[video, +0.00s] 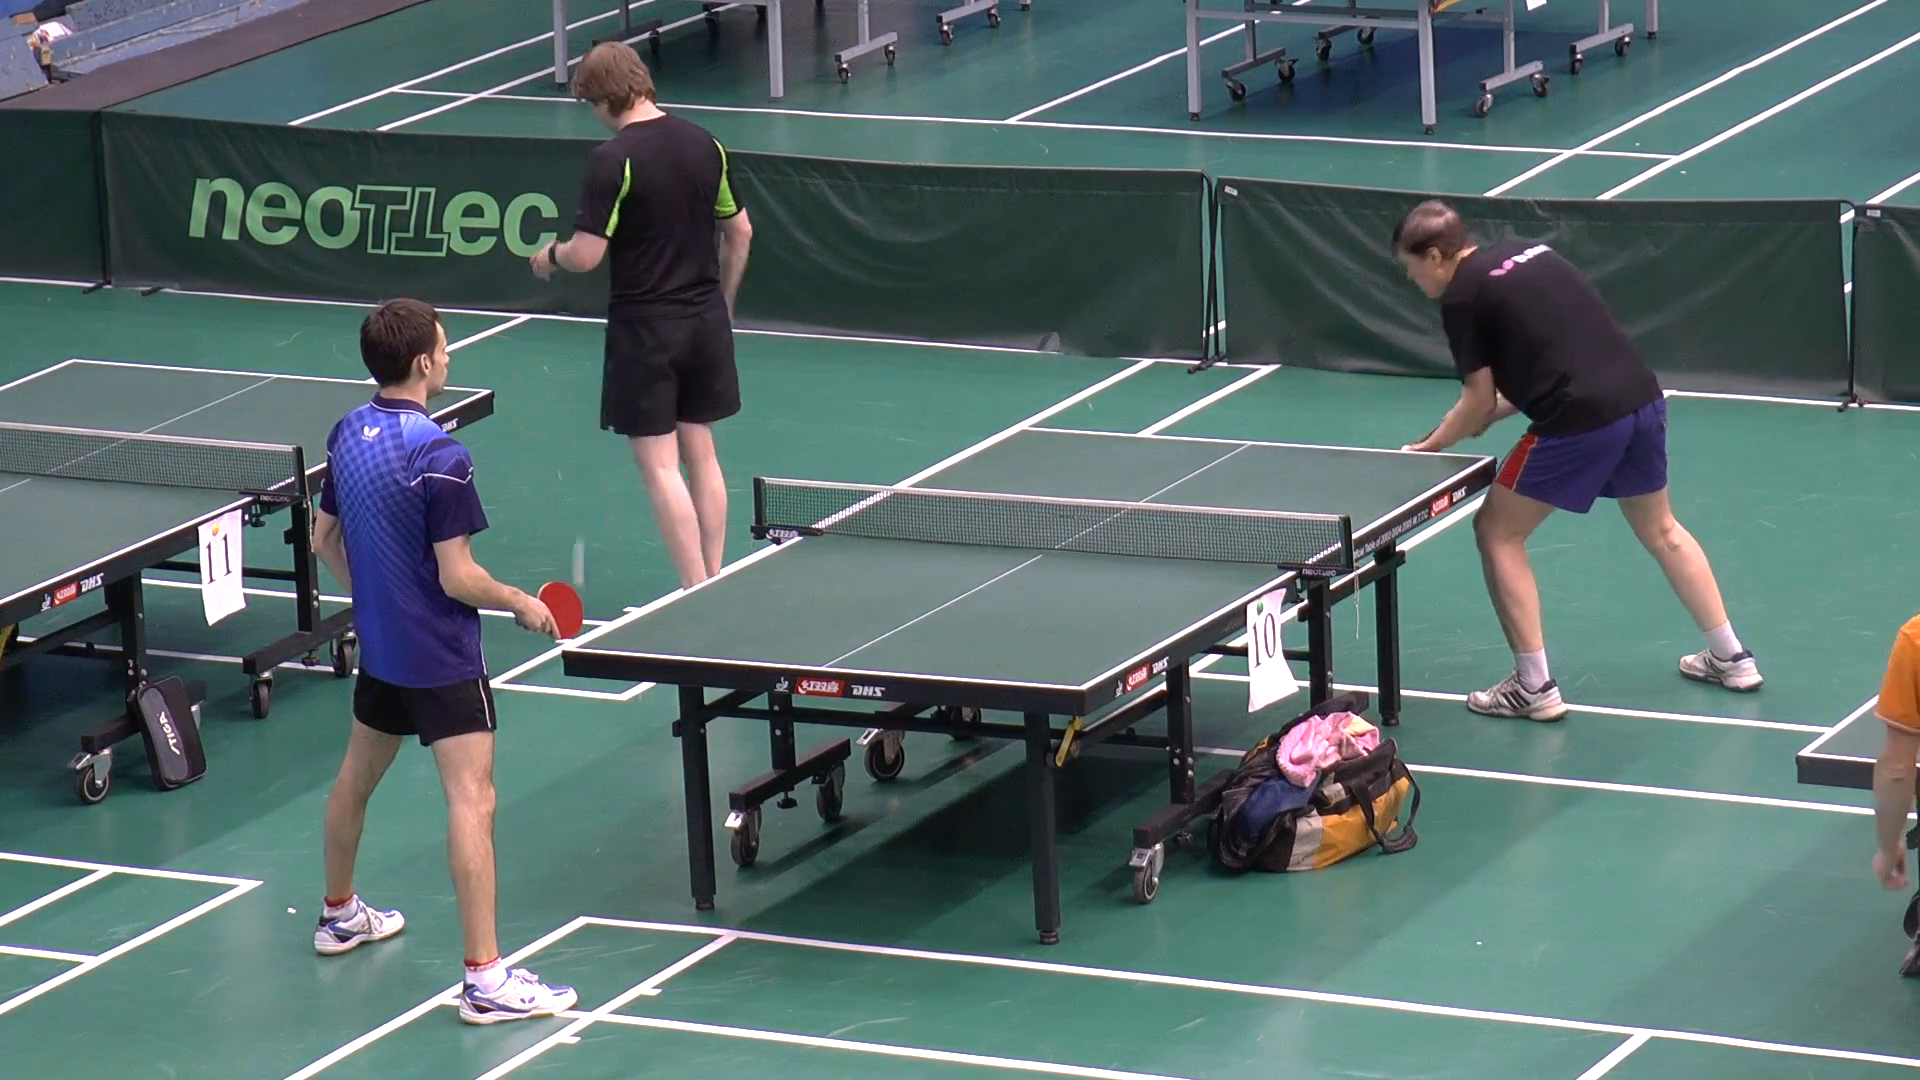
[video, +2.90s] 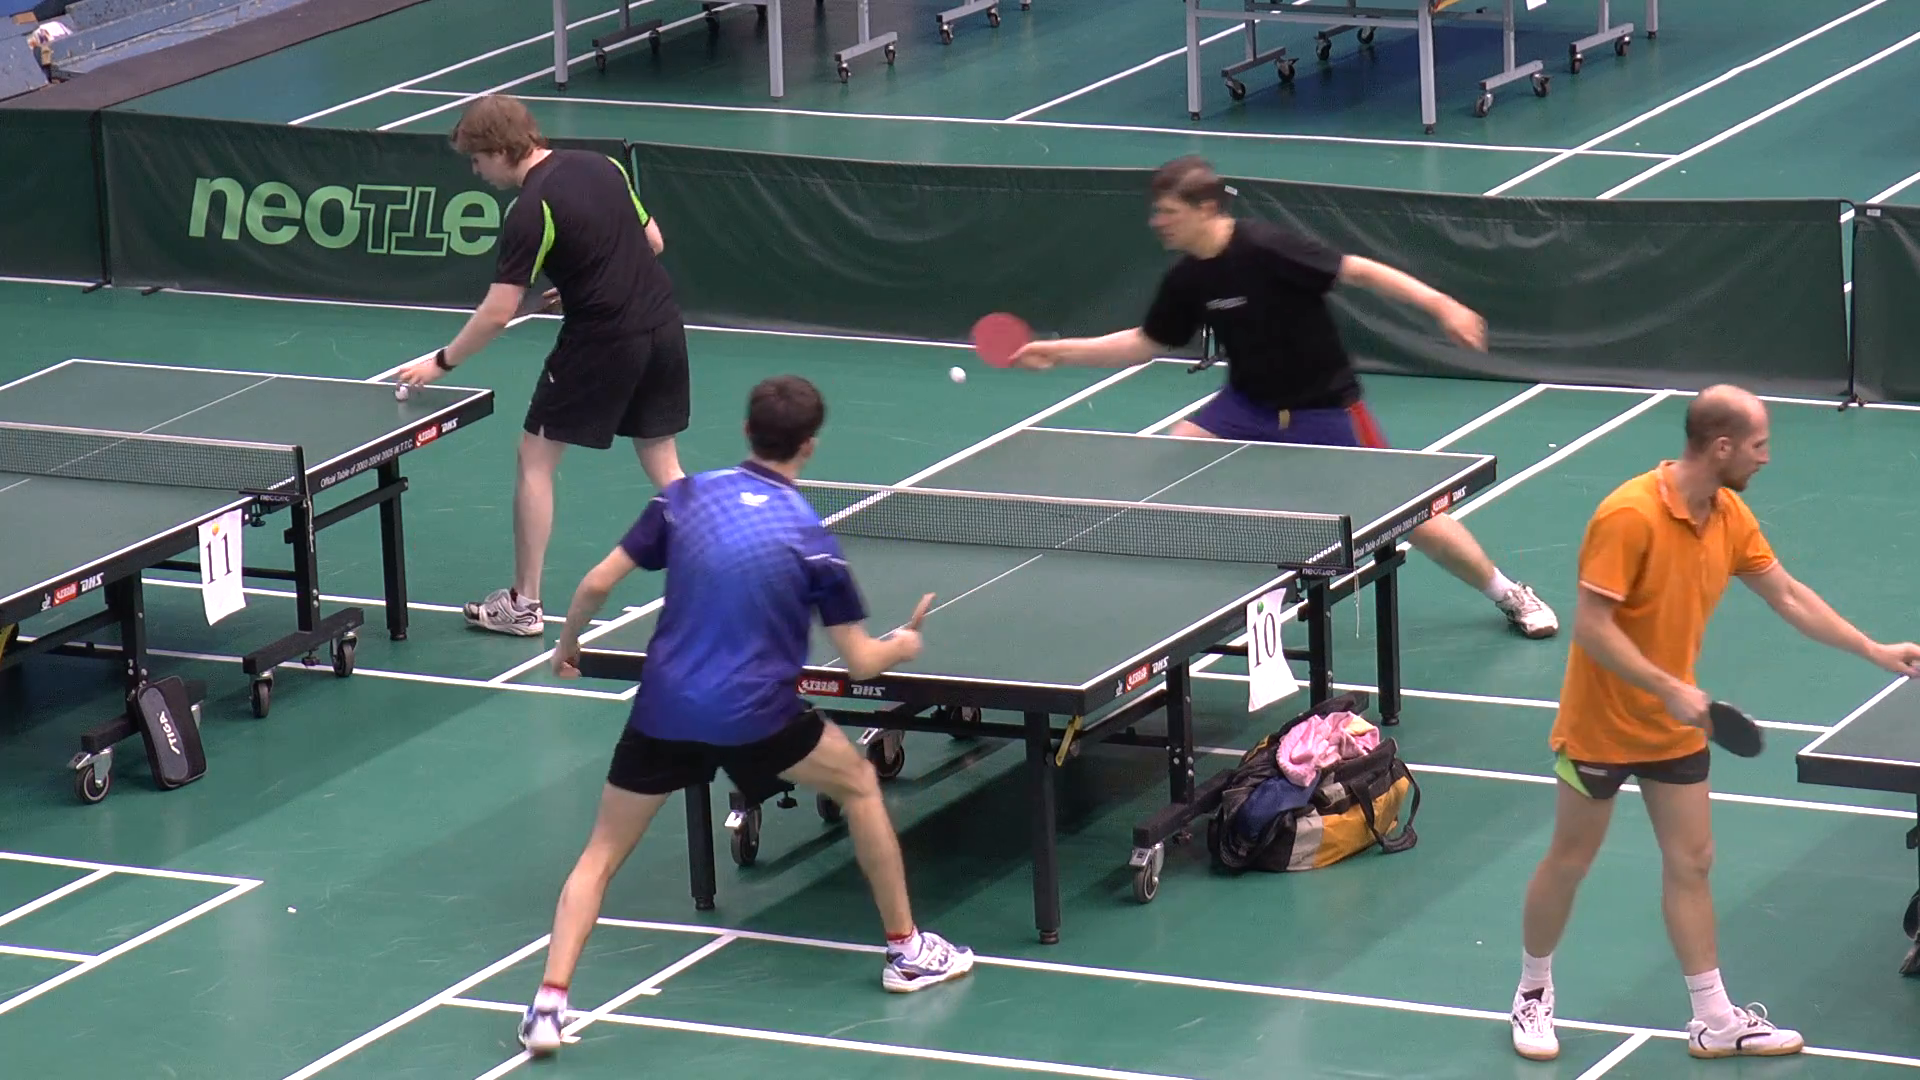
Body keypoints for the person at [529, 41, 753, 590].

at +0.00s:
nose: (592, 112)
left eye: (590, 103)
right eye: (590, 103)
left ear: (601, 100)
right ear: (644, 84)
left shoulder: (613, 157)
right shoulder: (704, 142)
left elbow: (586, 255)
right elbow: (738, 230)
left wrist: (552, 256)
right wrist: (722, 298)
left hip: (645, 331)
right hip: (705, 322)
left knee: (661, 468)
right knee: (702, 455)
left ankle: (697, 593)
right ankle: (714, 582)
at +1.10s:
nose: (604, 122)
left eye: (604, 111)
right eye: (601, 112)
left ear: (625, 105)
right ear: (659, 94)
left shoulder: (631, 165)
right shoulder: (716, 148)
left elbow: (636, 259)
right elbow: (760, 229)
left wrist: (626, 310)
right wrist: (712, 263)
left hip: (667, 339)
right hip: (723, 330)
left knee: (668, 474)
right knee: (714, 458)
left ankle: (701, 597)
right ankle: (743, 581)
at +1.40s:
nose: (599, 124)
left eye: (599, 113)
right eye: (596, 113)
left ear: (618, 107)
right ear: (654, 95)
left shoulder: (636, 164)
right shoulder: (712, 151)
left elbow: (634, 266)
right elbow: (736, 235)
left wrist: (614, 326)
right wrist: (679, 262)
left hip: (659, 333)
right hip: (715, 327)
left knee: (583, 442)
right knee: (719, 456)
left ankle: (628, 582)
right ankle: (747, 586)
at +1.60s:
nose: (562, 136)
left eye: (564, 124)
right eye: (560, 124)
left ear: (588, 118)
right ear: (616, 109)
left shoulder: (607, 175)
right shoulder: (681, 159)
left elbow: (583, 277)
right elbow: (704, 246)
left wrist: (546, 334)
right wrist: (642, 267)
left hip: (629, 344)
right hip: (690, 339)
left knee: (565, 459)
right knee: (687, 460)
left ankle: (542, 596)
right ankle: (735, 580)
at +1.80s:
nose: (497, 164)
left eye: (499, 152)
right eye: (493, 154)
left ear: (525, 145)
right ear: (550, 134)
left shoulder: (543, 207)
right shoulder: (623, 172)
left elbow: (507, 310)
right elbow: (660, 251)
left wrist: (460, 364)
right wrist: (582, 292)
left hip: (594, 350)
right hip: (657, 343)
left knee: (534, 463)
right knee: (648, 465)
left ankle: (523, 601)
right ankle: (727, 575)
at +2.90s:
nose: (476, 172)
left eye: (477, 160)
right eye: (472, 161)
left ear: (504, 149)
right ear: (527, 139)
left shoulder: (530, 208)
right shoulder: (600, 164)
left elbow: (498, 311)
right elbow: (652, 240)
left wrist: (440, 361)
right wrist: (575, 289)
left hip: (601, 340)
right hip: (663, 331)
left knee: (536, 459)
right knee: (662, 458)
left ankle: (524, 602)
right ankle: (710, 581)